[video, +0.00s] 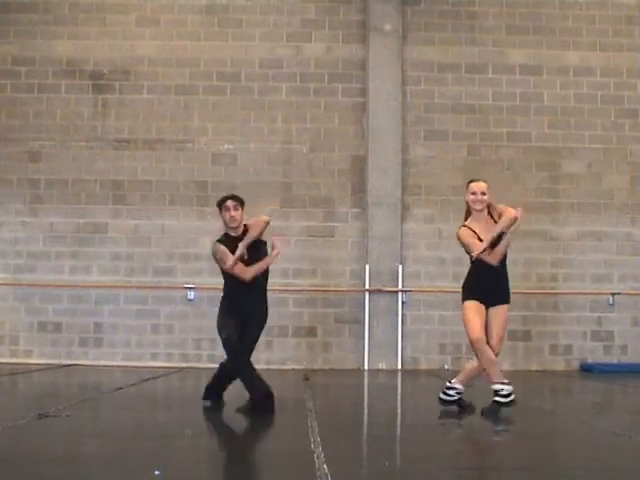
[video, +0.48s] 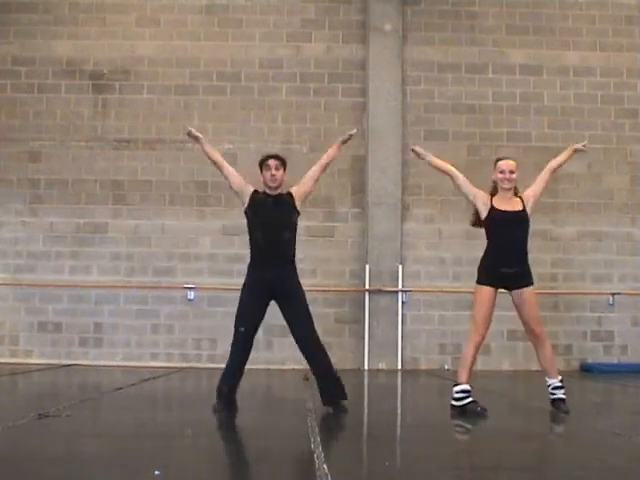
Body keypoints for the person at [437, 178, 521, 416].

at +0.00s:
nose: (478, 198)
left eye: (483, 194)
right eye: (473, 194)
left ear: (489, 197)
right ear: (466, 198)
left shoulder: (500, 212)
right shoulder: (466, 232)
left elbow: (512, 215)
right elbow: (493, 259)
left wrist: (488, 242)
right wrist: (507, 231)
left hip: (499, 286)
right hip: (475, 287)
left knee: (493, 349)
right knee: (475, 339)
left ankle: (453, 387)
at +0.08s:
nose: (480, 194)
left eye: (484, 189)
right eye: (475, 190)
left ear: (490, 192)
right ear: (467, 193)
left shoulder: (500, 210)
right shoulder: (466, 226)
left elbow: (517, 208)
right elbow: (484, 250)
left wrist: (490, 229)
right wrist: (506, 225)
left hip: (503, 285)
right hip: (478, 285)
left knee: (497, 349)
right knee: (478, 338)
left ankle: (459, 382)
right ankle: (501, 387)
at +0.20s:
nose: (491, 178)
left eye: (493, 173)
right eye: (485, 175)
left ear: (500, 179)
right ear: (479, 181)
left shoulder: (508, 201)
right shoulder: (474, 206)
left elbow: (533, 172)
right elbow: (455, 195)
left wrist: (506, 170)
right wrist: (483, 181)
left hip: (505, 274)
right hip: (479, 274)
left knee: (518, 337)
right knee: (485, 331)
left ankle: (489, 375)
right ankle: (496, 383)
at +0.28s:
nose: (496, 172)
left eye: (500, 168)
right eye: (491, 169)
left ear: (506, 173)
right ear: (483, 174)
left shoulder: (513, 195)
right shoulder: (476, 196)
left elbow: (533, 163)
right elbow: (449, 171)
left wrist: (538, 132)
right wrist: (453, 142)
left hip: (508, 270)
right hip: (481, 269)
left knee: (525, 330)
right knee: (489, 327)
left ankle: (526, 385)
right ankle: (477, 383)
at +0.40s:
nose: (503, 173)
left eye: (507, 169)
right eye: (498, 169)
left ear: (513, 173)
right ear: (490, 173)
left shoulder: (521, 198)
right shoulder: (481, 199)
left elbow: (541, 165)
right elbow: (452, 170)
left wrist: (561, 142)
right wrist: (427, 146)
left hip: (516, 272)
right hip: (487, 273)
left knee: (534, 328)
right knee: (480, 333)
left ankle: (557, 383)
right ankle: (461, 389)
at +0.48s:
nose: (507, 176)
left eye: (511, 172)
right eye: (502, 172)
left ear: (517, 176)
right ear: (494, 176)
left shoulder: (525, 200)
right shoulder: (484, 201)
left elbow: (550, 169)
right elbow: (454, 173)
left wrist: (572, 149)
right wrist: (425, 155)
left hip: (520, 273)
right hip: (490, 273)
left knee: (536, 331)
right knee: (478, 334)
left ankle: (556, 388)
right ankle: (461, 391)